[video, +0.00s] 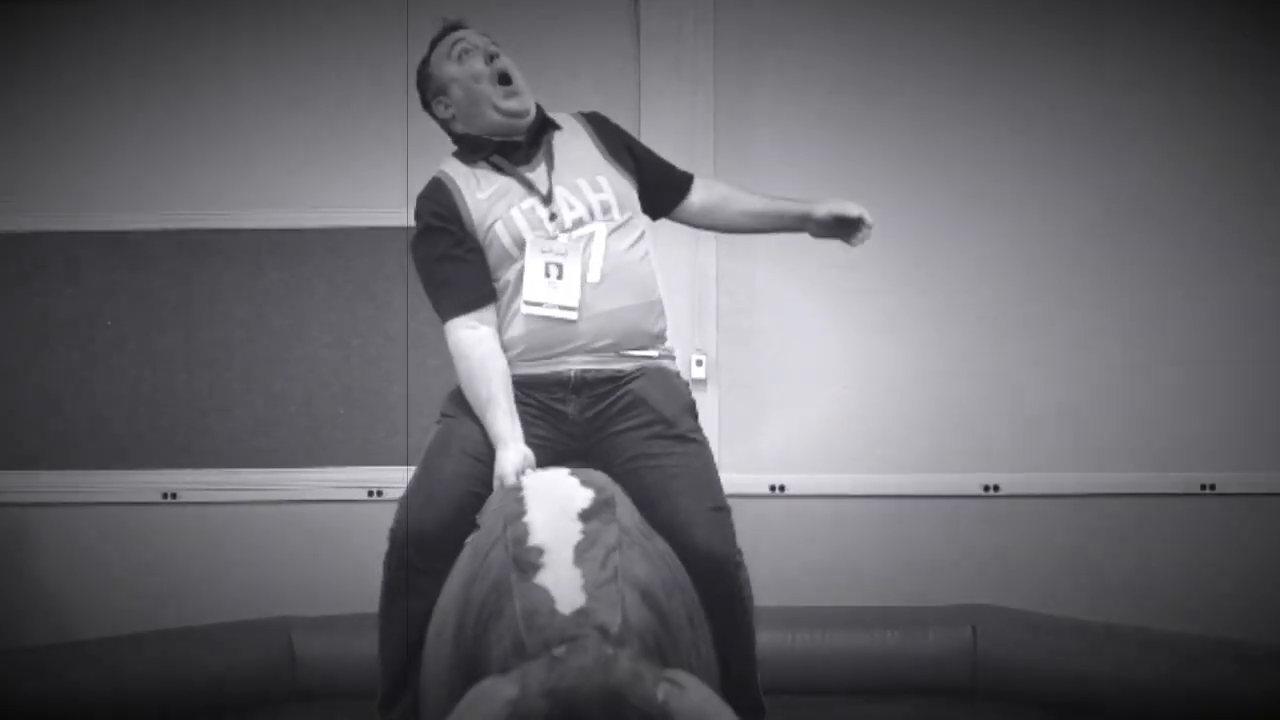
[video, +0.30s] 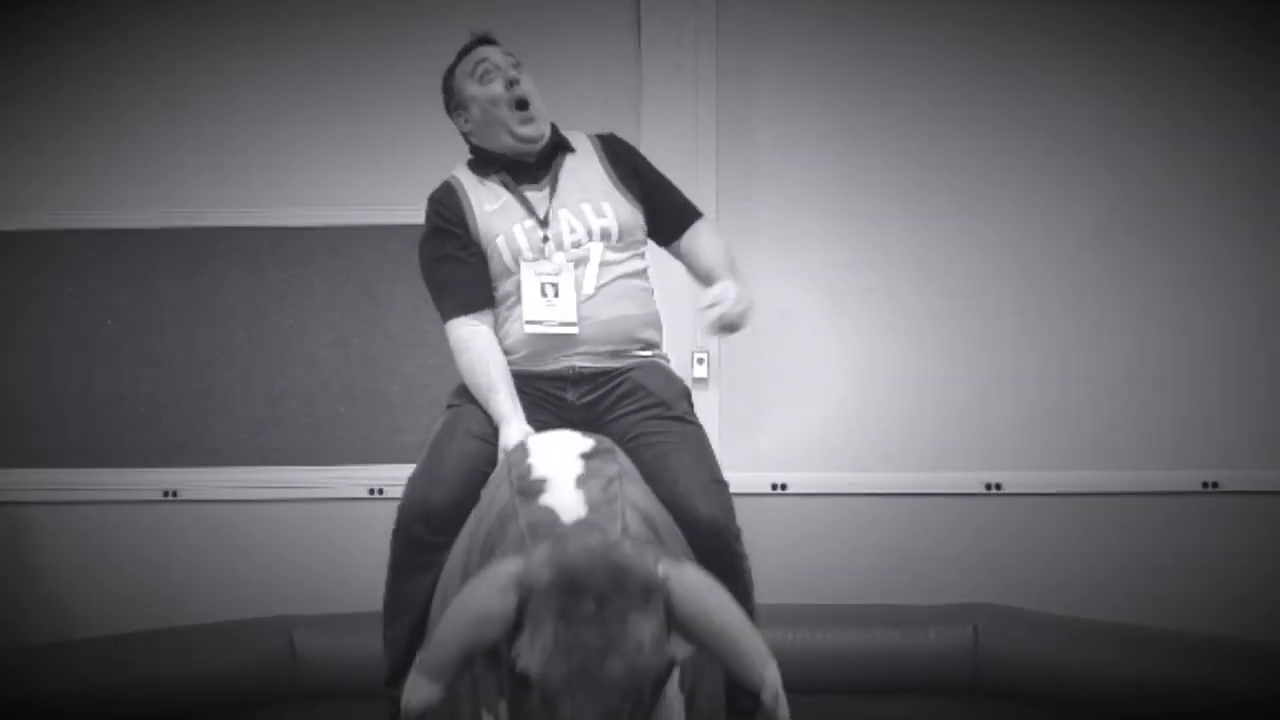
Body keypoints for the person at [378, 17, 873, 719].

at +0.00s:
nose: (497, 63)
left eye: (496, 52)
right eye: (467, 61)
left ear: (518, 72)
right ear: (444, 110)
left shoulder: (595, 135)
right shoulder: (447, 197)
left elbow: (693, 197)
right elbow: (471, 330)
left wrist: (807, 215)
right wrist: (507, 439)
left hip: (638, 390)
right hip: (509, 402)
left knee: (712, 553)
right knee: (419, 537)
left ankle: (740, 710)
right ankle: (404, 709)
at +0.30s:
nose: (514, 84)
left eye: (517, 71)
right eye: (488, 81)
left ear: (539, 88)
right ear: (465, 124)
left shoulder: (607, 155)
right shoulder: (455, 203)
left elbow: (682, 226)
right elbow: (469, 328)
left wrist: (729, 281)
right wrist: (512, 423)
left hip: (633, 381)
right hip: (512, 391)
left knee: (709, 518)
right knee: (426, 511)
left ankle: (744, 691)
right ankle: (405, 692)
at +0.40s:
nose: (519, 95)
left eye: (525, 82)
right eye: (495, 91)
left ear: (546, 102)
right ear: (472, 131)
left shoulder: (611, 167)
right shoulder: (459, 208)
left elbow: (686, 249)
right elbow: (464, 325)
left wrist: (675, 316)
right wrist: (510, 412)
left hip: (631, 385)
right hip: (511, 392)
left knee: (707, 505)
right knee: (428, 503)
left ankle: (742, 691)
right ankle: (407, 686)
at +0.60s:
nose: (526, 128)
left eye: (537, 116)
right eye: (506, 121)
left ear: (558, 136)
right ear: (484, 154)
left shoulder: (605, 194)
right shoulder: (462, 226)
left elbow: (655, 280)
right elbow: (457, 333)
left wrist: (581, 366)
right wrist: (503, 399)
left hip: (616, 378)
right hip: (503, 389)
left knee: (709, 496)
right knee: (422, 485)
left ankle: (730, 678)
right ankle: (409, 676)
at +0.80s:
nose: (527, 163)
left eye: (540, 150)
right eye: (511, 153)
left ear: (564, 168)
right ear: (492, 179)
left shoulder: (602, 220)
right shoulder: (468, 246)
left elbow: (639, 302)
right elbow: (457, 344)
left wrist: (582, 377)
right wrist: (513, 401)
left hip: (605, 396)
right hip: (508, 406)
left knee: (699, 481)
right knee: (422, 487)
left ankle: (725, 673)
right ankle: (409, 672)